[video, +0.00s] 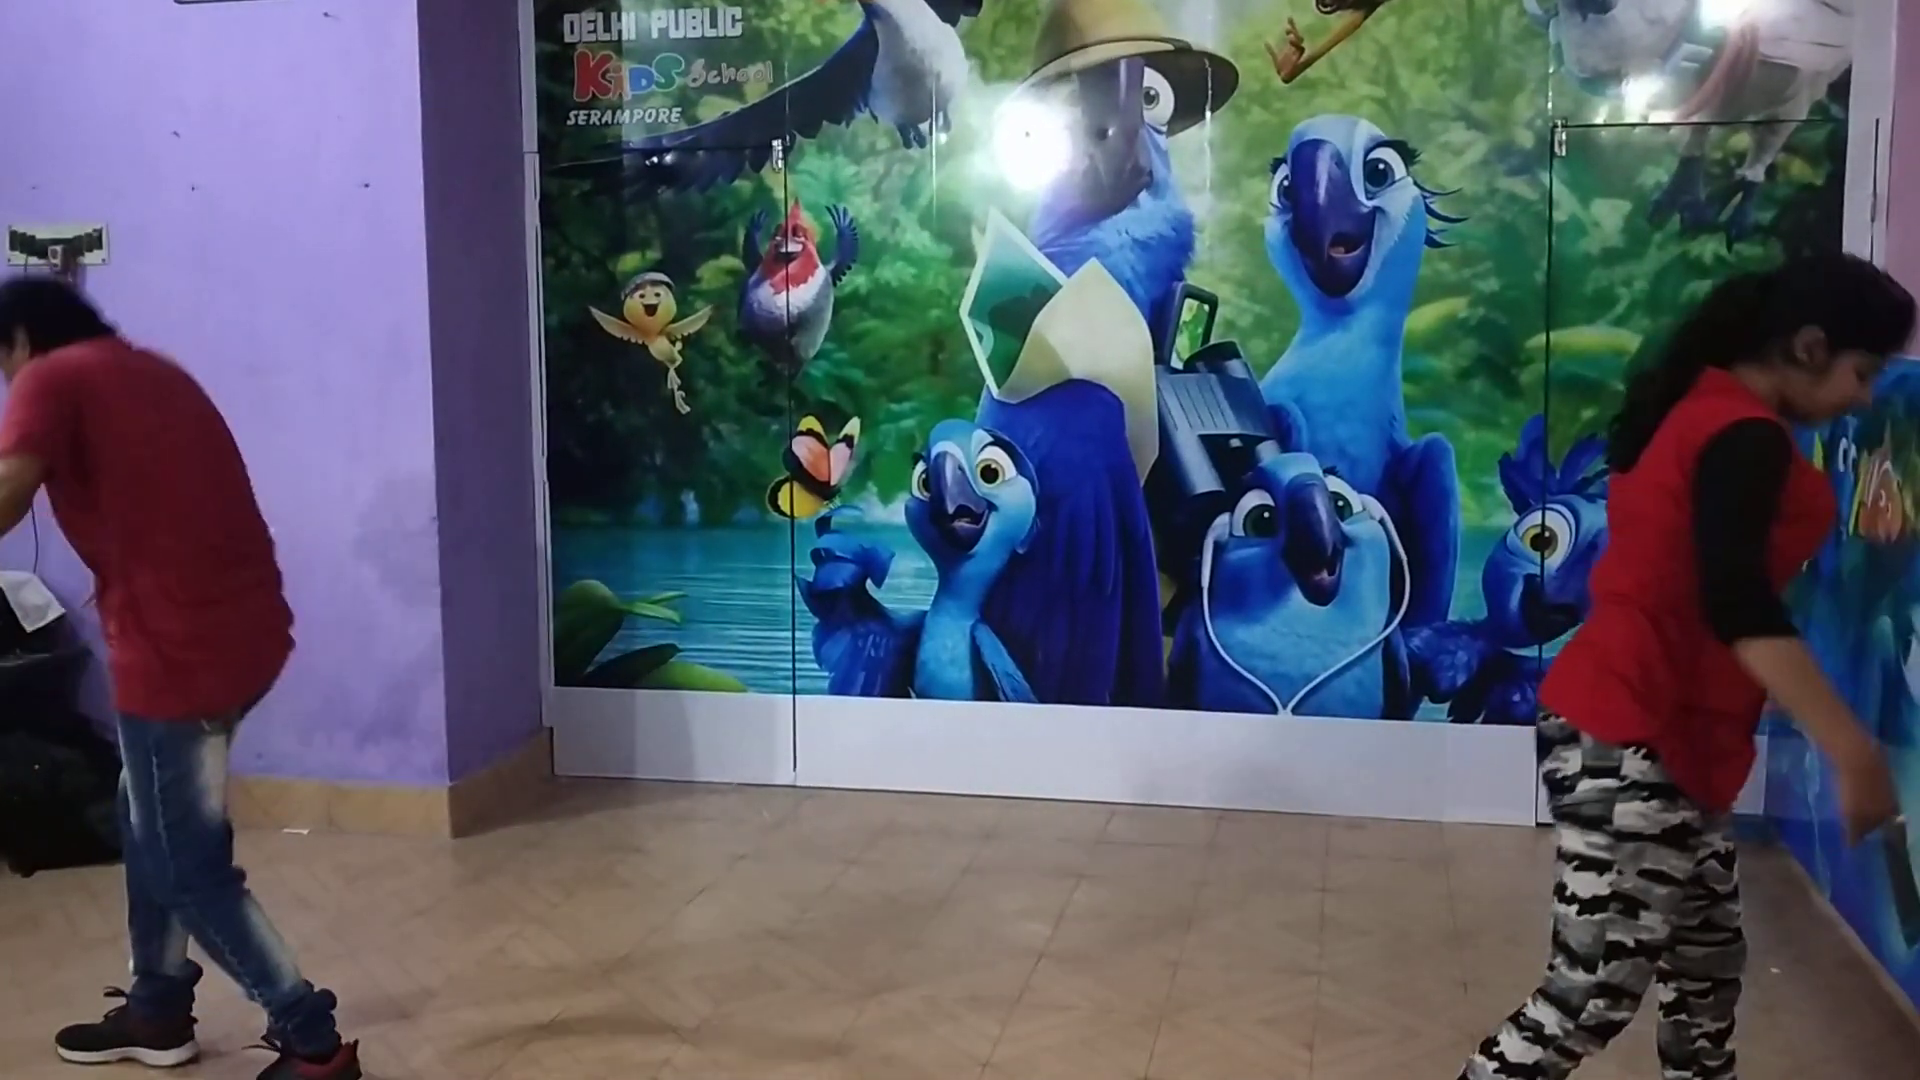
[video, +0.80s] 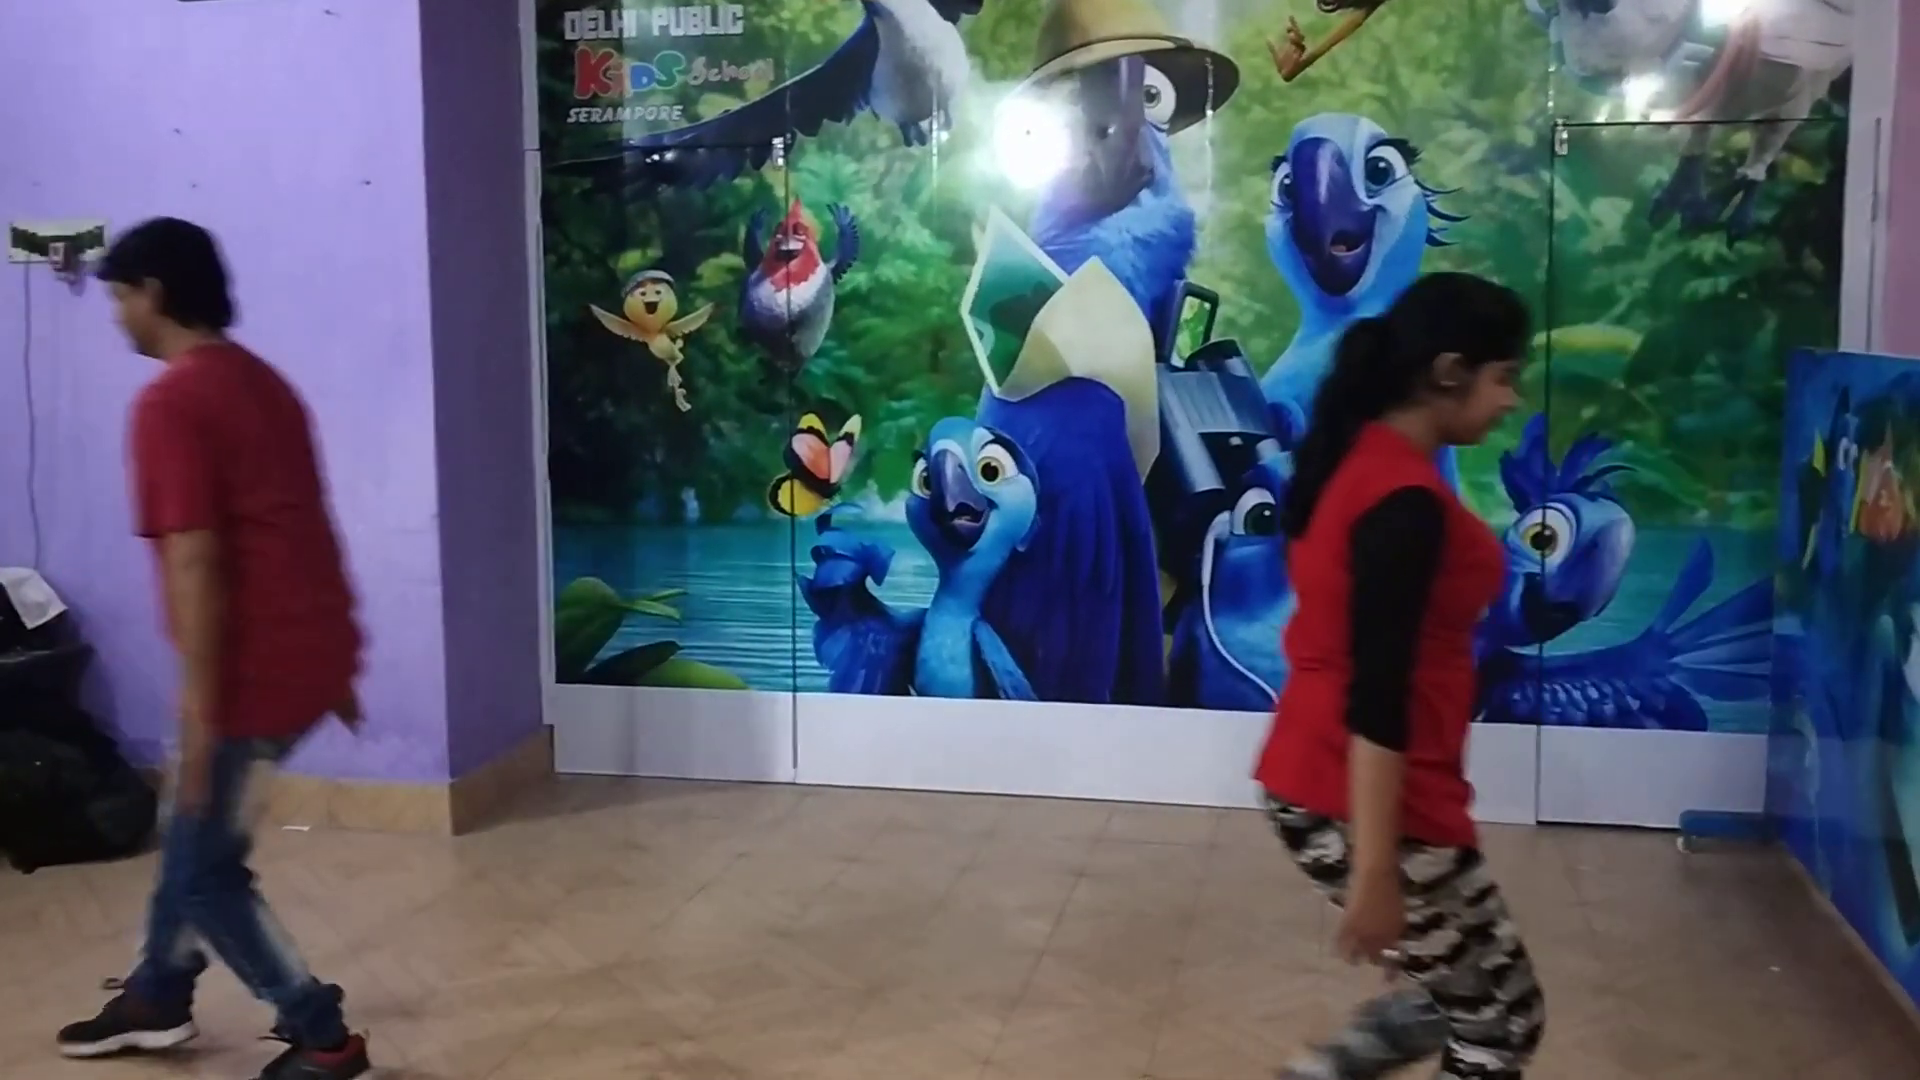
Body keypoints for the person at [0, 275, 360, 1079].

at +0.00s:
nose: (3, 373)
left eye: (0, 360)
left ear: (20, 342)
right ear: (80, 327)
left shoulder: (49, 379)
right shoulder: (155, 370)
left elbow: (7, 499)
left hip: (171, 651)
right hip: (247, 634)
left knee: (194, 871)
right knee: (148, 828)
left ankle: (313, 1043)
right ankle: (158, 1014)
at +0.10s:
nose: (10, 326)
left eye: (10, 309)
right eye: (8, 311)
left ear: (38, 297)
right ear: (93, 288)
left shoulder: (54, 350)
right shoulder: (165, 344)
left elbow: (27, 463)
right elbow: (243, 454)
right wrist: (175, 527)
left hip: (156, 644)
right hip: (235, 621)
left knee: (207, 853)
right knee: (153, 820)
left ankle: (314, 1040)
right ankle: (157, 1012)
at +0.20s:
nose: (13, 297)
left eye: (13, 278)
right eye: (11, 280)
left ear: (41, 271)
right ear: (96, 267)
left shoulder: (61, 340)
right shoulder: (168, 336)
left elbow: (49, 448)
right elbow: (264, 437)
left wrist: (1, 524)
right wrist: (281, 475)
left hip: (151, 640)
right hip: (227, 618)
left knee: (216, 842)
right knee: (154, 810)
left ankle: (312, 1036)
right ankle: (157, 1011)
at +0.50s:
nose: (19, 287)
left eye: (22, 269)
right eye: (17, 270)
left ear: (54, 266)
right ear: (96, 265)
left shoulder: (75, 361)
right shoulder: (168, 346)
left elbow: (66, 489)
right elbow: (251, 445)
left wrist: (6, 584)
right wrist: (287, 495)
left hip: (167, 643)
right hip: (234, 619)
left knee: (201, 853)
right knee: (149, 815)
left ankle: (313, 1031)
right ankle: (154, 1009)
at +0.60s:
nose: (40, 291)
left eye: (43, 274)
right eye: (38, 275)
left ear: (76, 273)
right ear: (121, 271)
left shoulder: (100, 375)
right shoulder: (188, 360)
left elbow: (99, 524)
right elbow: (263, 483)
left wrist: (53, 663)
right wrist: (292, 568)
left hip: (180, 649)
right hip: (242, 628)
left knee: (186, 864)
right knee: (144, 818)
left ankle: (313, 1030)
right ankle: (153, 1009)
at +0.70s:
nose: (75, 303)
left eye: (80, 286)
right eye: (74, 286)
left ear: (116, 286)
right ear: (162, 284)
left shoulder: (135, 392)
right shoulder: (222, 376)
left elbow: (143, 549)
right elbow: (282, 515)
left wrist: (124, 698)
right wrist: (306, 621)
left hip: (203, 659)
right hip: (260, 644)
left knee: (176, 872)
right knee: (156, 827)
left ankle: (314, 1029)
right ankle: (154, 1009)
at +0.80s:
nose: (114, 312)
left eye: (120, 294)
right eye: (114, 295)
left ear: (154, 294)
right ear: (190, 293)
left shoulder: (174, 400)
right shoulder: (262, 382)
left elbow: (196, 563)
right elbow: (307, 534)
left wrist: (197, 722)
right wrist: (333, 667)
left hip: (247, 673)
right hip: (299, 662)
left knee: (208, 864)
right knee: (196, 823)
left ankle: (321, 1036)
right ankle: (156, 998)